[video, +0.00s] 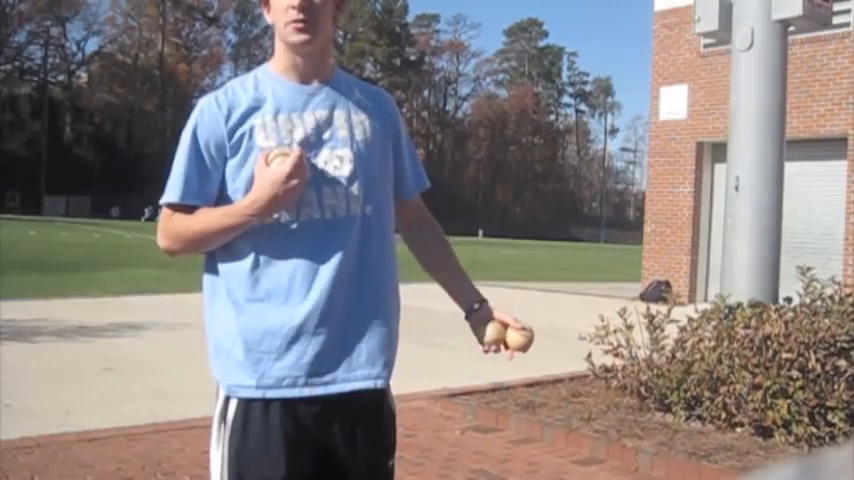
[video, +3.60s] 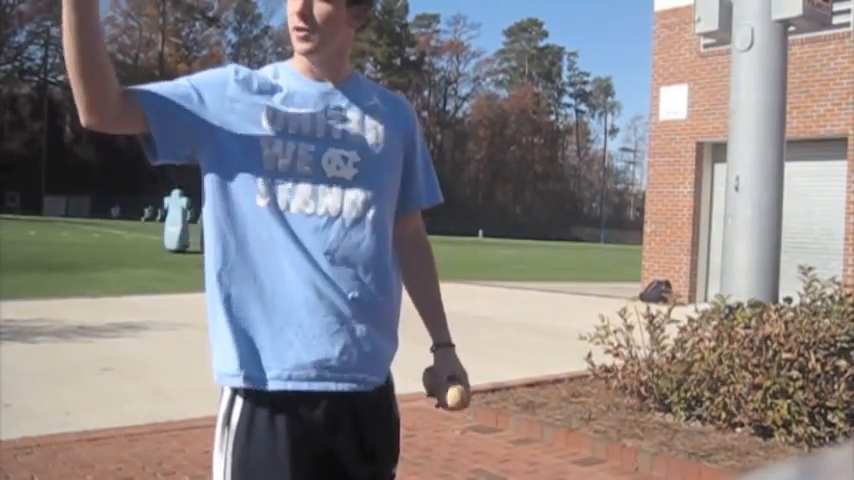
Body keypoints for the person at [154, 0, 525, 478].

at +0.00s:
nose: (301, 8)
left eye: (314, 0)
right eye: (288, 0)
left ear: (338, 10)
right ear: (267, 11)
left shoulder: (377, 108)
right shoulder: (220, 112)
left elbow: (415, 218)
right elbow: (171, 235)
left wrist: (477, 309)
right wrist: (256, 204)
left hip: (360, 382)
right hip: (260, 386)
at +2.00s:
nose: (303, 9)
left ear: (339, 10)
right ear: (266, 9)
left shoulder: (374, 109)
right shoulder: (217, 112)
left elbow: (409, 219)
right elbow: (169, 239)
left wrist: (474, 312)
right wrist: (257, 203)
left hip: (359, 383)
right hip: (260, 389)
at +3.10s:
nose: (319, 8)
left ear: (351, 14)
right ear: (280, 9)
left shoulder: (371, 107)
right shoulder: (232, 107)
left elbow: (389, 221)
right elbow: (155, 223)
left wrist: (423, 326)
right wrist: (228, 254)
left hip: (369, 381)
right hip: (277, 391)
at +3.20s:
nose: (306, 9)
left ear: (351, 14)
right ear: (281, 8)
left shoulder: (378, 111)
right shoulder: (230, 106)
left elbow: (395, 226)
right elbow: (133, 211)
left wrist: (422, 333)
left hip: (369, 383)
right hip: (273, 390)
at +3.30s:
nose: (304, 9)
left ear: (354, 16)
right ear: (283, 9)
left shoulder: (382, 112)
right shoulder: (229, 104)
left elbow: (399, 231)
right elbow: (122, 193)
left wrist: (423, 338)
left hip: (367, 387)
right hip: (269, 393)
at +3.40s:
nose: (302, 7)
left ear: (357, 15)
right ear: (285, 7)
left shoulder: (387, 113)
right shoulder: (229, 100)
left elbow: (404, 235)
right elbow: (109, 156)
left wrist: (427, 342)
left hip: (366, 393)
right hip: (266, 398)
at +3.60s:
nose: (300, 10)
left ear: (357, 13)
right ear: (285, 8)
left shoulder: (393, 116)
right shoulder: (229, 93)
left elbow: (410, 237)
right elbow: (101, 110)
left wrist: (442, 344)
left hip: (364, 395)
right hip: (263, 397)